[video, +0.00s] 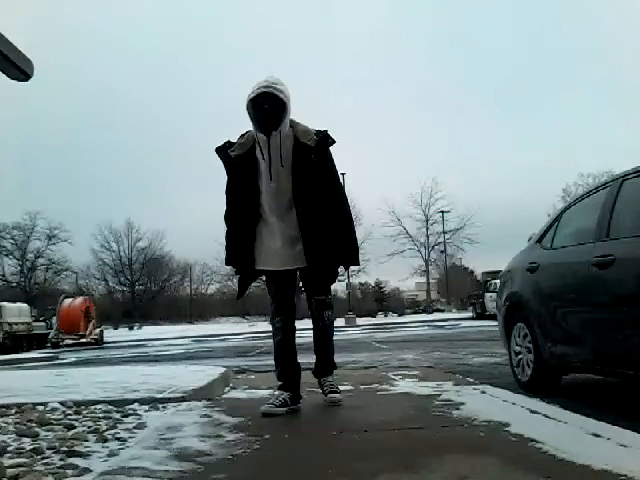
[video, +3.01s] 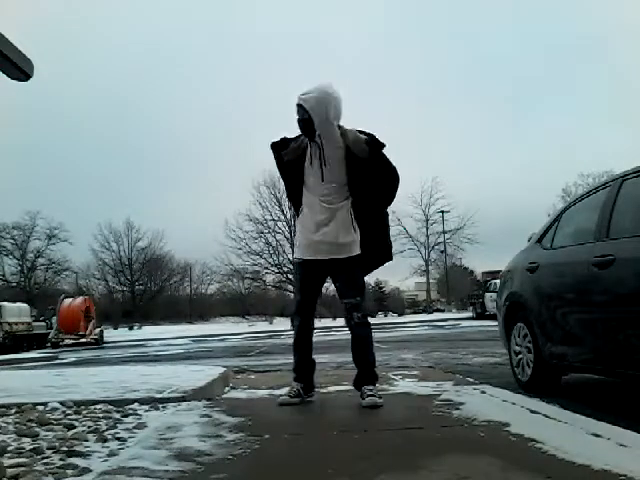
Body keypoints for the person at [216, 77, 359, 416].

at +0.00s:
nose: (264, 112)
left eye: (271, 105)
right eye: (257, 106)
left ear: (285, 107)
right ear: (249, 110)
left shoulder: (310, 144)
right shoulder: (241, 154)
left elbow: (333, 198)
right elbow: (236, 209)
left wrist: (343, 248)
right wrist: (237, 256)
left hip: (312, 245)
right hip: (270, 249)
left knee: (322, 312)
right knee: (281, 319)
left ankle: (326, 375)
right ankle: (288, 391)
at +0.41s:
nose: (301, 132)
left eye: (307, 125)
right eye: (294, 125)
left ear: (318, 129)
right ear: (285, 129)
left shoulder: (333, 168)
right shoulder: (270, 166)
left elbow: (338, 217)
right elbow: (253, 213)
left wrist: (334, 257)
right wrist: (248, 258)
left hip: (322, 259)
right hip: (284, 259)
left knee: (323, 320)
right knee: (286, 322)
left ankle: (319, 382)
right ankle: (288, 389)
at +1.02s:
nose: (333, 139)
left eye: (338, 133)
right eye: (327, 132)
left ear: (343, 138)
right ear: (314, 135)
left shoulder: (344, 178)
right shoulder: (297, 165)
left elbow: (354, 222)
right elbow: (283, 213)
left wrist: (367, 248)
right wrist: (278, 258)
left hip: (326, 255)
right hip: (294, 253)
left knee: (322, 316)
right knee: (290, 313)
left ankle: (318, 381)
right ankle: (285, 366)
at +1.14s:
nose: (332, 138)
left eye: (337, 133)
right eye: (326, 132)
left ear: (342, 137)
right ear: (312, 133)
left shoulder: (345, 175)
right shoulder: (296, 163)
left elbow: (357, 209)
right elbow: (283, 210)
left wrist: (390, 215)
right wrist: (280, 255)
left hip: (326, 254)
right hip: (293, 252)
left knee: (321, 316)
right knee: (287, 312)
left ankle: (318, 380)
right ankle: (286, 364)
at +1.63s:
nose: (301, 133)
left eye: (307, 127)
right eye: (295, 127)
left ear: (317, 130)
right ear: (285, 131)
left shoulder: (336, 162)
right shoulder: (272, 165)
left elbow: (372, 187)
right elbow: (239, 196)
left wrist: (348, 216)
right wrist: (266, 221)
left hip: (325, 256)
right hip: (286, 256)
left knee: (322, 321)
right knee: (290, 322)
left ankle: (319, 382)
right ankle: (291, 386)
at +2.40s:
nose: (341, 123)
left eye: (348, 117)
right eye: (334, 116)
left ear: (360, 119)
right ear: (324, 116)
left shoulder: (373, 149)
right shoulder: (306, 146)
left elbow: (385, 188)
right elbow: (286, 181)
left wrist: (363, 220)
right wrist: (304, 213)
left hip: (353, 242)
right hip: (313, 242)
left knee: (361, 313)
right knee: (305, 316)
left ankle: (368, 384)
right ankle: (298, 385)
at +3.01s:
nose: (299, 121)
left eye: (304, 114)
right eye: (299, 114)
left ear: (324, 114)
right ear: (306, 115)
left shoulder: (357, 145)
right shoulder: (295, 151)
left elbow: (387, 183)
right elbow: (294, 194)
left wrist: (368, 212)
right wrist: (306, 218)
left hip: (347, 245)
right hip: (308, 247)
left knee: (356, 315)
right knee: (303, 317)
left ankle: (367, 384)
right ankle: (302, 383)